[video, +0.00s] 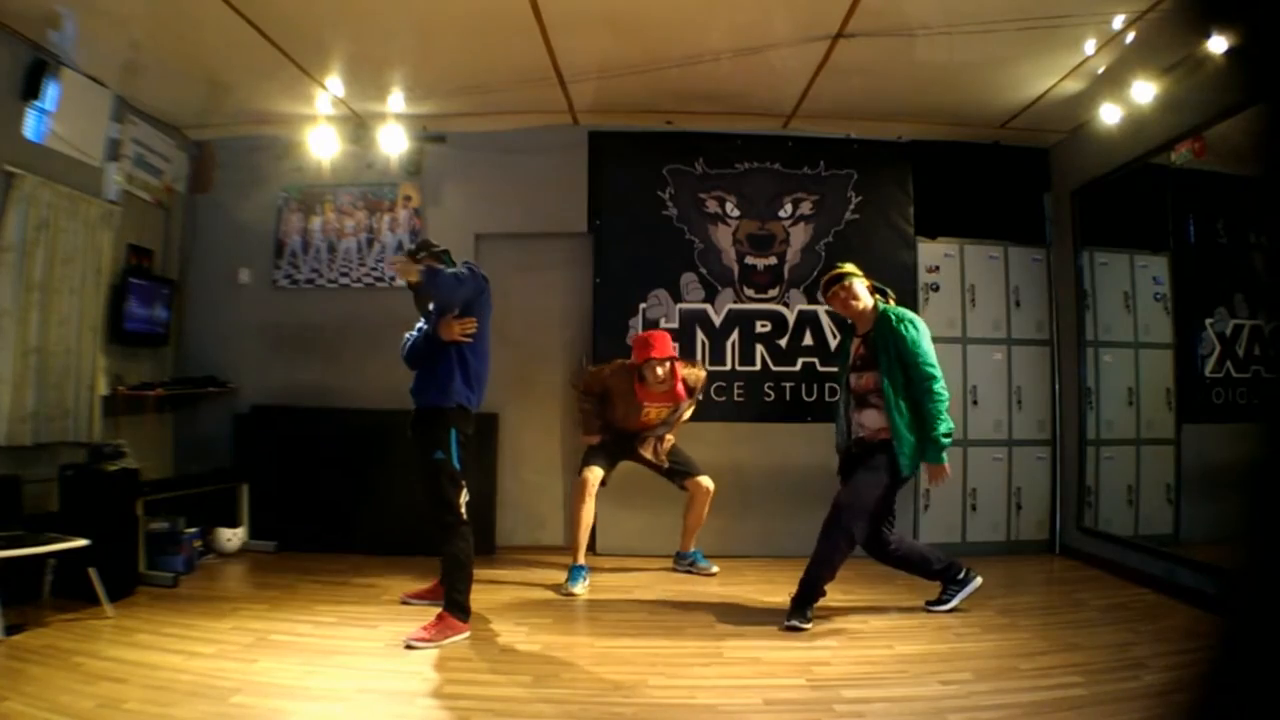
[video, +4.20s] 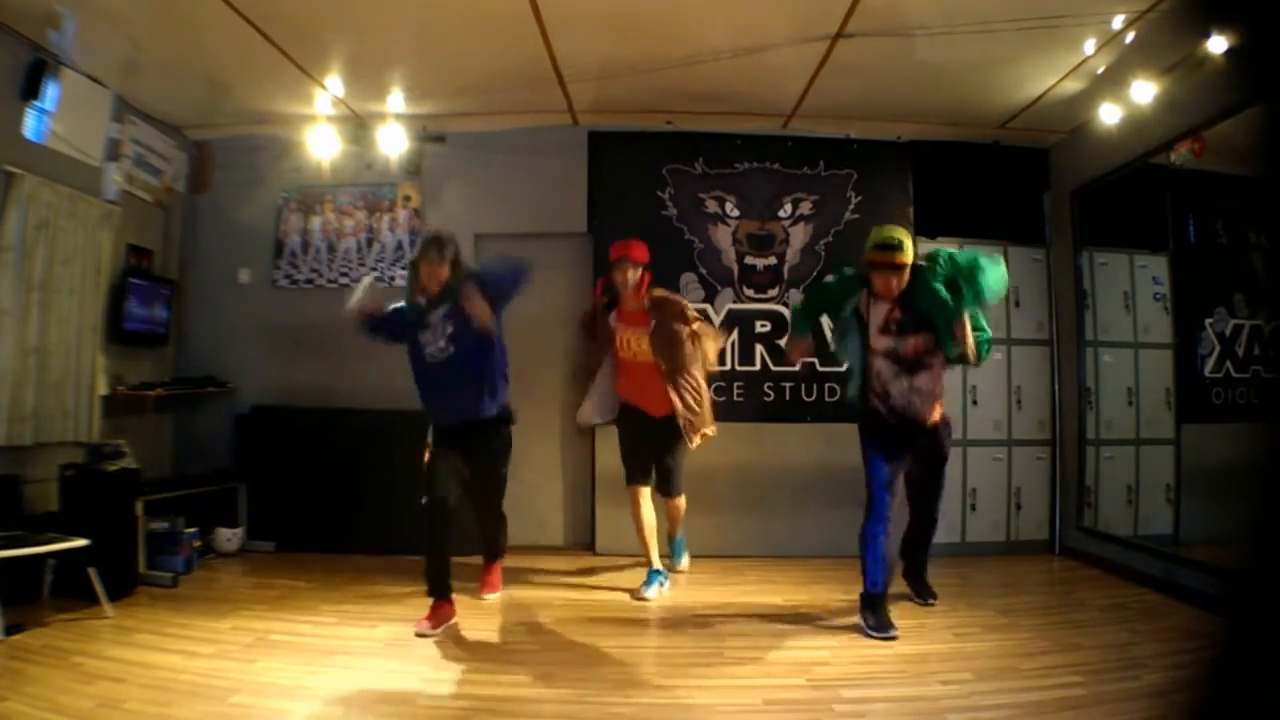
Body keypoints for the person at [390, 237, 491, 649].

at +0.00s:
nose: (410, 287)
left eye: (413, 278)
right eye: (408, 281)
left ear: (431, 265)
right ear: (427, 268)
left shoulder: (472, 279)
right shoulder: (433, 308)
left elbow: (447, 293)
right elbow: (409, 353)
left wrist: (417, 273)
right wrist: (436, 332)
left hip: (453, 407)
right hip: (431, 408)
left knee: (454, 509)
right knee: (440, 502)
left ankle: (456, 613)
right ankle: (447, 582)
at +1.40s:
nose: (418, 283)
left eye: (422, 271)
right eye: (412, 277)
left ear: (437, 262)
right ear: (411, 281)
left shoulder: (469, 280)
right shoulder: (430, 312)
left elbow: (444, 300)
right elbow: (409, 357)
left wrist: (431, 307)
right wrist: (434, 337)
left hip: (453, 409)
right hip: (431, 410)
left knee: (455, 509)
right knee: (440, 501)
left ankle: (455, 613)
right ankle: (446, 582)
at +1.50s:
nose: (415, 282)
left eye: (415, 272)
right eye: (411, 275)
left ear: (429, 263)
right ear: (426, 266)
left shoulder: (461, 285)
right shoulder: (445, 292)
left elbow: (445, 356)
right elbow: (424, 344)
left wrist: (412, 359)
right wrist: (427, 359)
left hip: (452, 413)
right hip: (435, 412)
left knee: (454, 509)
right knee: (439, 501)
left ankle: (456, 614)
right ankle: (445, 582)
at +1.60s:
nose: (413, 282)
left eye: (414, 273)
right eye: (409, 275)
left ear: (430, 264)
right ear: (419, 270)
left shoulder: (465, 289)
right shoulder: (433, 301)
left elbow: (477, 343)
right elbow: (422, 351)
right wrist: (410, 382)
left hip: (455, 415)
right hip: (429, 414)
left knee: (455, 508)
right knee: (433, 499)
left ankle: (456, 614)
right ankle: (443, 581)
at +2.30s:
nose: (470, 263)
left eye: (478, 255)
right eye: (463, 254)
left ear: (487, 257)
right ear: (447, 251)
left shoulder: (496, 302)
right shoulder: (416, 290)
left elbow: (502, 366)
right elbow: (393, 349)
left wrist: (494, 419)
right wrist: (394, 406)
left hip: (472, 413)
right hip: (427, 410)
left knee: (470, 505)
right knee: (433, 498)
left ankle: (470, 597)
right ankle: (447, 581)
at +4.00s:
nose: (440, 256)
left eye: (448, 248)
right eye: (433, 248)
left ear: (464, 248)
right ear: (423, 252)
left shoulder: (489, 288)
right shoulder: (420, 293)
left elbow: (507, 349)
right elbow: (416, 348)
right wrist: (377, 375)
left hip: (486, 404)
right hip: (443, 404)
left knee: (475, 486)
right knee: (431, 474)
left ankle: (477, 573)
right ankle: (437, 537)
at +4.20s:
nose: (430, 274)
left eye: (437, 266)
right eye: (424, 266)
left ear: (452, 267)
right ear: (416, 268)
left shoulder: (477, 294)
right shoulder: (412, 315)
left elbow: (518, 272)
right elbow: (382, 326)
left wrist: (478, 284)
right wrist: (366, 315)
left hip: (488, 421)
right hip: (445, 425)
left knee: (486, 501)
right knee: (438, 508)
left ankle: (493, 563)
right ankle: (441, 600)